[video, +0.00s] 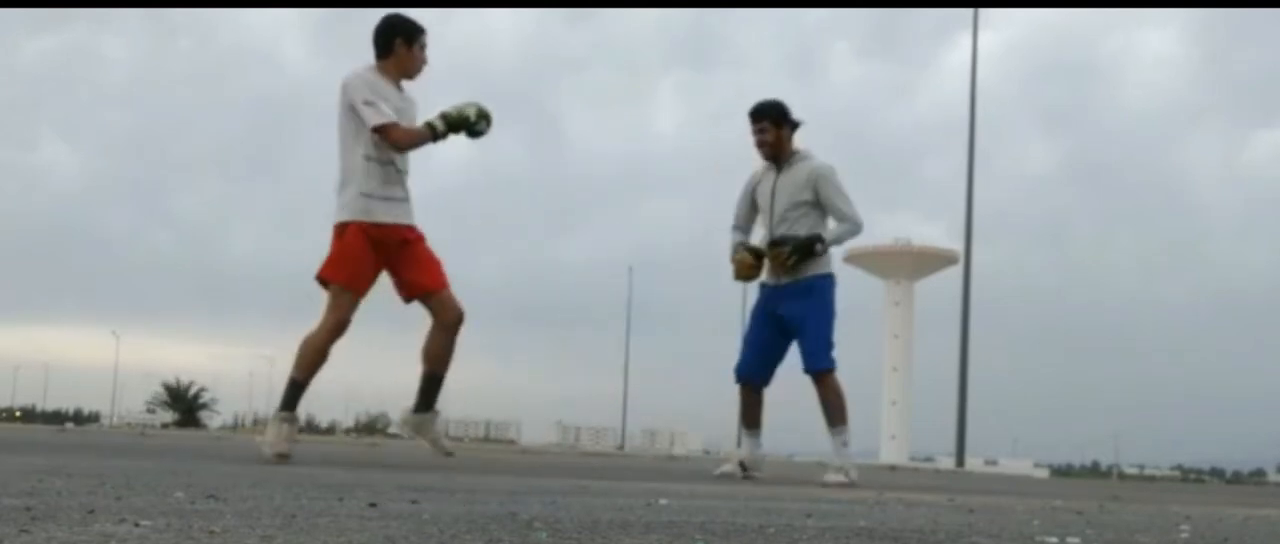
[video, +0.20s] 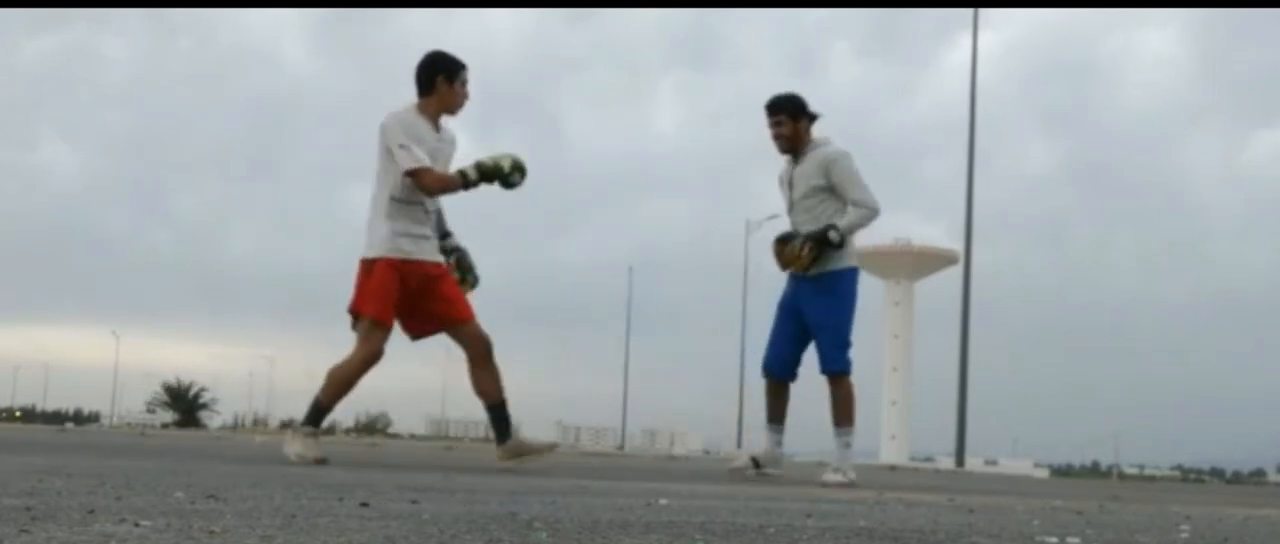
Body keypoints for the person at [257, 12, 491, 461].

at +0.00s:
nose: (425, 58)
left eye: (425, 50)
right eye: (421, 48)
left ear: (401, 49)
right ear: (399, 47)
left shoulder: (406, 100)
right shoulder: (360, 83)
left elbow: (401, 146)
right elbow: (396, 138)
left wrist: (449, 128)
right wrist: (443, 125)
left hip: (400, 226)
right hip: (360, 223)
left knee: (450, 315)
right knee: (335, 321)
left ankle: (422, 416)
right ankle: (284, 417)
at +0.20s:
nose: (467, 94)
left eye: (467, 86)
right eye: (462, 85)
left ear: (442, 85)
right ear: (441, 84)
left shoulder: (446, 139)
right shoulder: (398, 124)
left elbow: (427, 201)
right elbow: (426, 182)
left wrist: (450, 248)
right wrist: (479, 173)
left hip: (428, 261)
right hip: (386, 257)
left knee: (478, 345)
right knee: (367, 352)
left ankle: (506, 440)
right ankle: (305, 431)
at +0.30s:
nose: (495, 100)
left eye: (495, 91)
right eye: (491, 91)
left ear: (474, 91)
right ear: (471, 90)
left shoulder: (475, 141)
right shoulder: (431, 129)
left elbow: (460, 201)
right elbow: (441, 193)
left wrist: (479, 248)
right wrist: (498, 193)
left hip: (463, 267)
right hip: (425, 264)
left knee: (513, 345)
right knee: (393, 351)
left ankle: (520, 446)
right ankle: (314, 426)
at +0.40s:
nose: (524, 95)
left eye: (523, 87)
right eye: (520, 86)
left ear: (500, 87)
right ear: (500, 86)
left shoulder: (501, 138)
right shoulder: (460, 128)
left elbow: (489, 202)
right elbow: (463, 194)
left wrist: (509, 246)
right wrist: (519, 198)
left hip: (497, 263)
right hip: (462, 262)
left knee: (535, 349)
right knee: (432, 347)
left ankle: (524, 445)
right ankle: (357, 423)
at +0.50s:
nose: (544, 89)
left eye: (544, 81)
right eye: (540, 80)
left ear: (522, 80)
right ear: (520, 79)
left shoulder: (523, 131)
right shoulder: (480, 117)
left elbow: (505, 191)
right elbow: (474, 182)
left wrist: (532, 236)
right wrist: (528, 190)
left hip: (517, 247)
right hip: (481, 245)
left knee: (540, 343)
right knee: (470, 339)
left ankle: (526, 443)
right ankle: (416, 426)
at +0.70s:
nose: (573, 104)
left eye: (573, 95)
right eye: (570, 94)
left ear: (550, 92)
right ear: (552, 92)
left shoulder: (546, 146)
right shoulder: (510, 130)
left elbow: (532, 207)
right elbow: (504, 193)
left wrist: (561, 247)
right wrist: (558, 203)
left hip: (543, 256)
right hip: (509, 255)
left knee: (593, 339)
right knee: (516, 350)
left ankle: (569, 434)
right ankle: (468, 439)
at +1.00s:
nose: (615, 118)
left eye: (616, 110)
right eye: (613, 109)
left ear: (592, 107)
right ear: (597, 106)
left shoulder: (585, 153)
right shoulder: (564, 144)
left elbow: (577, 220)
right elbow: (559, 212)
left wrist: (607, 265)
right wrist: (611, 235)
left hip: (587, 272)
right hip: (558, 268)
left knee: (629, 353)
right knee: (556, 360)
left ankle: (616, 450)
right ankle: (480, 433)